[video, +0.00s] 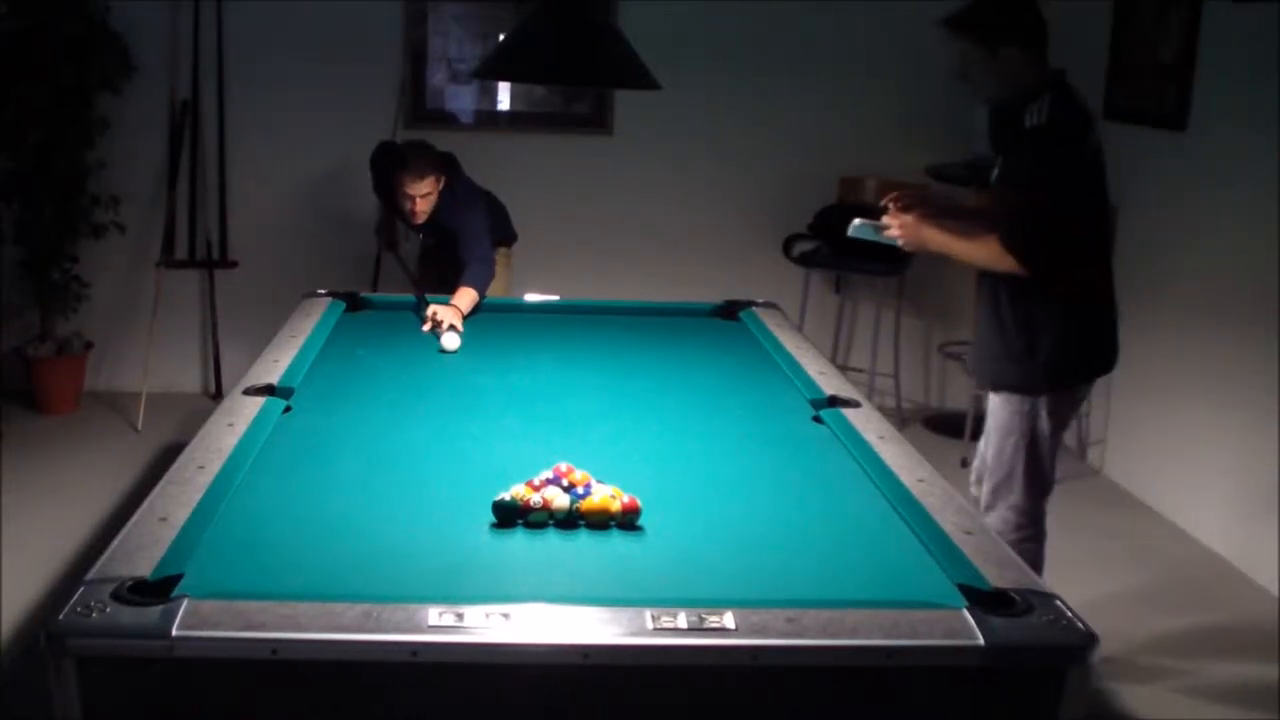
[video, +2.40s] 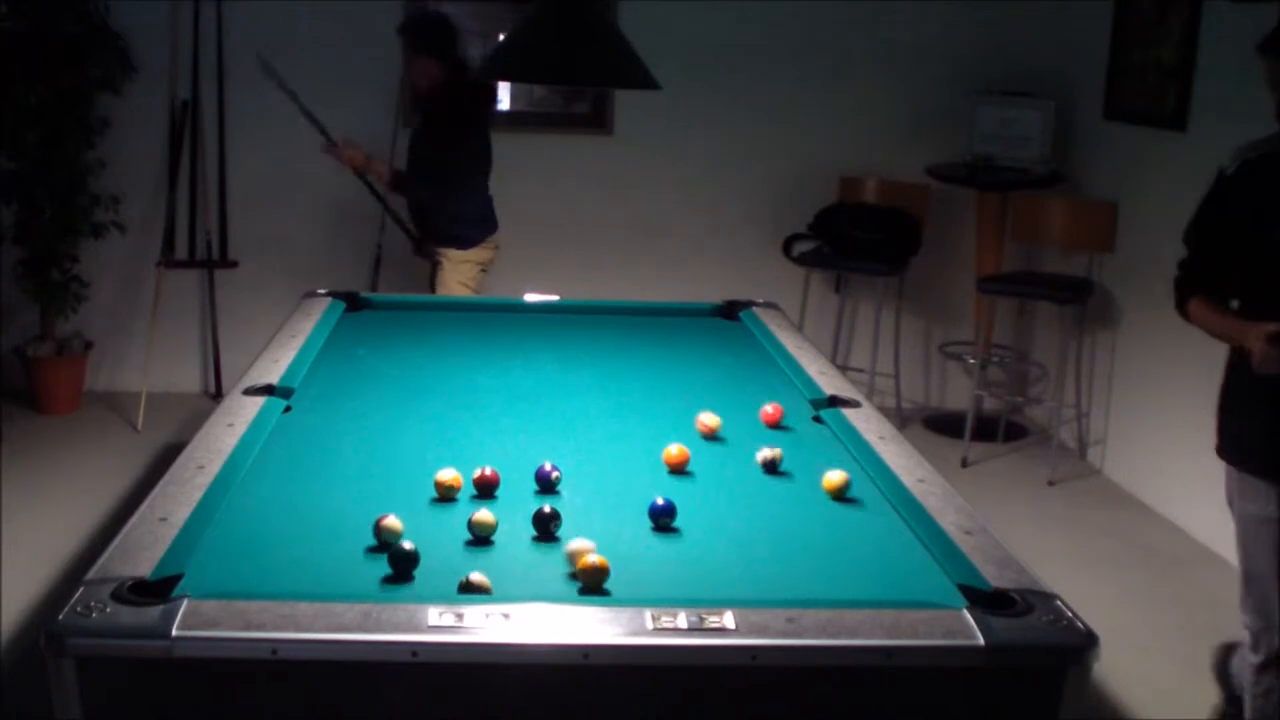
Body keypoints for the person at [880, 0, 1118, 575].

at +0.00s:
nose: (966, 76)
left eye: (973, 61)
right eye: (964, 62)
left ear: (1009, 55)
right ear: (1017, 56)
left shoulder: (1048, 120)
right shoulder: (1027, 113)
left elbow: (1026, 253)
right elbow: (1009, 216)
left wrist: (931, 238)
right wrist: (935, 214)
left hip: (1043, 355)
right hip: (1020, 347)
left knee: (1010, 515)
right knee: (988, 493)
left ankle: (1010, 638)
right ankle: (987, 627)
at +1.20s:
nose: (985, 69)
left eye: (993, 54)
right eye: (983, 55)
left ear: (1026, 49)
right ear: (1017, 51)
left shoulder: (1077, 118)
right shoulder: (1024, 113)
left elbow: (1069, 242)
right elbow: (1030, 215)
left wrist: (968, 237)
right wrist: (973, 204)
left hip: (1070, 346)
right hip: (1019, 338)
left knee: (1068, 502)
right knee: (1009, 487)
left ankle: (1097, 644)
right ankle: (1003, 627)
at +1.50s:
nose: (1069, 69)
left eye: (1082, 55)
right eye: (1068, 55)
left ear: (1122, 57)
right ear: (1077, 56)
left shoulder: (1179, 144)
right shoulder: (1075, 126)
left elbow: (1174, 261)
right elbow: (1068, 219)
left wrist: (1059, 252)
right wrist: (1019, 224)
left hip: (1138, 375)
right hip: (1061, 358)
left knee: (1158, 525)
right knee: (1035, 496)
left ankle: (1185, 674)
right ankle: (1011, 630)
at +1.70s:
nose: (1121, 75)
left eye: (1137, 60)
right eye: (1125, 60)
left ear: (1186, 64)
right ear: (1150, 70)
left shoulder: (1258, 156)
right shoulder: (1129, 146)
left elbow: (1263, 282)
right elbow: (1099, 241)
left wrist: (1149, 277)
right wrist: (1081, 251)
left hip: (1213, 391)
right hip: (1122, 375)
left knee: (1199, 547)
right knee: (1060, 505)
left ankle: (1191, 678)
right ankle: (1018, 634)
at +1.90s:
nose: (1228, 90)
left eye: (1242, 78)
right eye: (1220, 74)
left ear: (1266, 80)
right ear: (1205, 72)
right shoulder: (1174, 138)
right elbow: (1138, 248)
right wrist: (1154, 256)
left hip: (1262, 380)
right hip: (1167, 363)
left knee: (1232, 553)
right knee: (1111, 523)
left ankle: (1195, 681)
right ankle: (1094, 663)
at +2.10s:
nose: (1259, 77)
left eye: (1265, 64)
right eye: (1254, 62)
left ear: (1274, 70)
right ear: (1241, 62)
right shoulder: (1205, 142)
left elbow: (1149, 237)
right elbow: (1148, 236)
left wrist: (1182, 284)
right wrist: (1183, 287)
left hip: (1268, 382)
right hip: (1210, 374)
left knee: (1252, 563)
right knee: (1205, 561)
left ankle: (1209, 684)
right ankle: (1197, 698)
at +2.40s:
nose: (1273, 95)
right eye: (1273, 82)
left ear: (1270, 85)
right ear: (1269, 82)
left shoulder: (1254, 175)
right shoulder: (1252, 174)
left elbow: (1192, 292)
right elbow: (1191, 291)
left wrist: (1242, 331)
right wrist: (1245, 332)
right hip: (1262, 437)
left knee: (1267, 614)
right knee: (1265, 619)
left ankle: (1247, 679)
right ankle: (1256, 699)